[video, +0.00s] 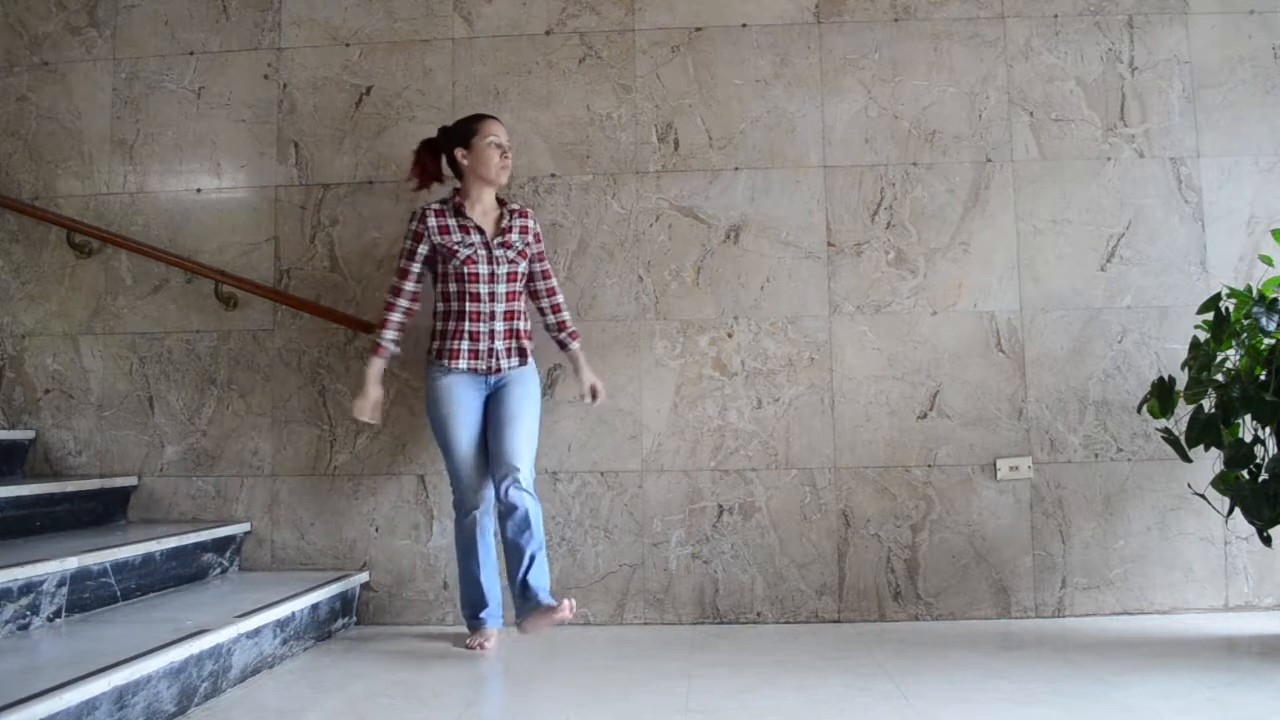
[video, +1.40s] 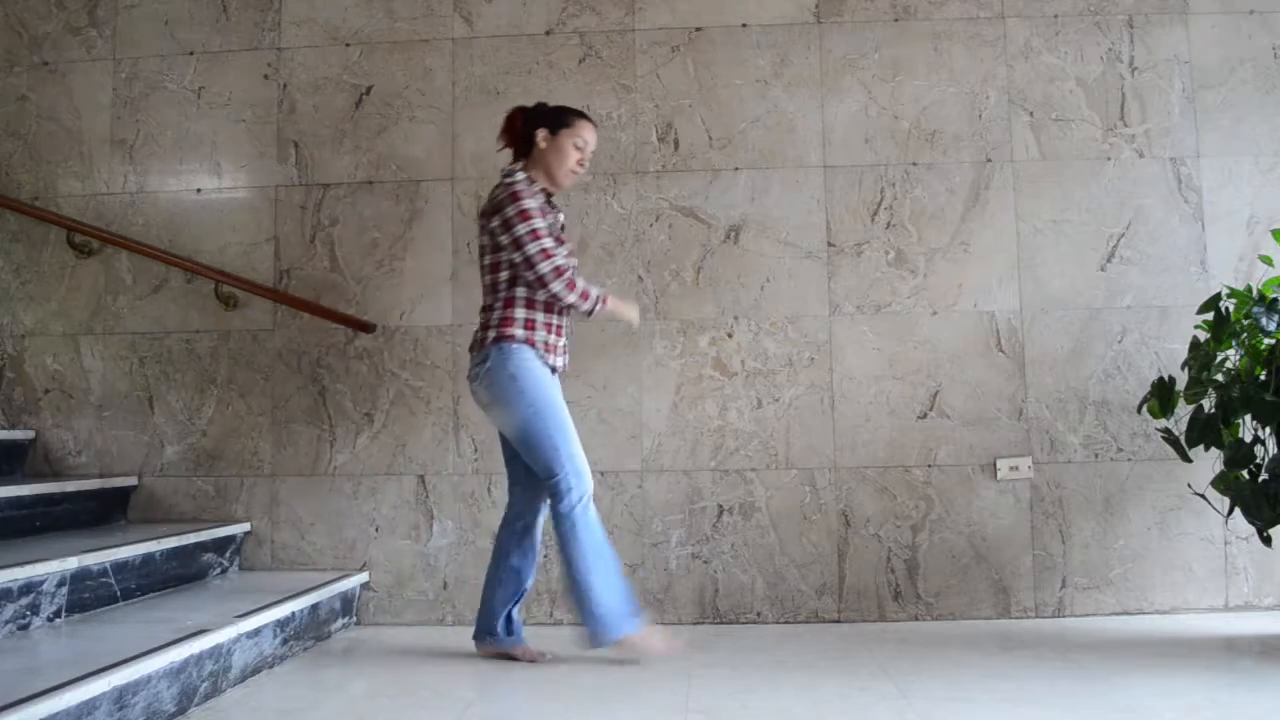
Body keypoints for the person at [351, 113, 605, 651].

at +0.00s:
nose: (507, 155)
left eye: (508, 148)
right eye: (496, 147)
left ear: (502, 160)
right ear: (461, 156)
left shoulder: (522, 221)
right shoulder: (432, 219)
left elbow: (547, 294)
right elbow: (403, 297)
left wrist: (580, 361)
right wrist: (373, 373)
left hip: (517, 369)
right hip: (455, 372)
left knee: (515, 479)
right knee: (472, 496)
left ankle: (535, 603)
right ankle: (483, 621)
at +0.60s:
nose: (539, 155)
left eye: (540, 146)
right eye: (528, 145)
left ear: (520, 154)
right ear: (493, 151)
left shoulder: (546, 224)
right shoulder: (453, 214)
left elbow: (580, 297)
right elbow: (397, 276)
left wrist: (629, 342)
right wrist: (326, 303)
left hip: (531, 374)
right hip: (467, 372)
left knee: (517, 502)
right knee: (470, 506)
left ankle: (501, 631)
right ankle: (466, 608)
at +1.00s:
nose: (544, 157)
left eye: (547, 148)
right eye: (534, 147)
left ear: (544, 153)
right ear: (498, 150)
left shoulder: (551, 214)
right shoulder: (470, 212)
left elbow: (570, 290)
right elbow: (435, 282)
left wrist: (621, 325)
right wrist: (393, 335)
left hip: (543, 370)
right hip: (484, 365)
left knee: (527, 503)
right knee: (484, 494)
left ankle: (500, 633)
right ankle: (422, 621)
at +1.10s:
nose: (546, 158)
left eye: (550, 149)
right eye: (536, 147)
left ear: (546, 155)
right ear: (500, 148)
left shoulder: (548, 218)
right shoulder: (474, 215)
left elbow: (560, 294)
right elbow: (471, 302)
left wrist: (577, 352)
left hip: (547, 368)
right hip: (493, 365)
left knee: (535, 501)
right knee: (502, 491)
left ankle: (501, 632)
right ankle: (427, 615)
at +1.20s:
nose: (554, 162)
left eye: (559, 153)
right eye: (545, 149)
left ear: (555, 160)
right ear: (509, 149)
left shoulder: (545, 224)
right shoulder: (482, 216)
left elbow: (557, 305)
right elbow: (503, 302)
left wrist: (572, 366)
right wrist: (556, 367)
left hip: (550, 374)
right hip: (499, 369)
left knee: (543, 500)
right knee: (536, 489)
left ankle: (502, 628)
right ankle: (460, 613)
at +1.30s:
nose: (567, 165)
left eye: (572, 158)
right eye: (559, 151)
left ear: (565, 163)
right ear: (525, 146)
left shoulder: (542, 221)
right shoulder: (497, 208)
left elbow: (544, 295)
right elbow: (530, 287)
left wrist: (558, 359)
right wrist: (598, 334)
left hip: (545, 373)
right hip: (505, 364)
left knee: (534, 499)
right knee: (566, 478)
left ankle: (502, 634)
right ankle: (526, 631)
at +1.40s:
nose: (584, 164)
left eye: (589, 156)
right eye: (578, 149)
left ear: (554, 151)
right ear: (543, 139)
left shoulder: (537, 201)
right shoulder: (516, 193)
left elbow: (545, 279)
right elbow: (553, 276)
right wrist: (606, 303)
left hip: (526, 360)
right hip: (512, 358)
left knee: (529, 499)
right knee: (573, 483)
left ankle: (497, 631)